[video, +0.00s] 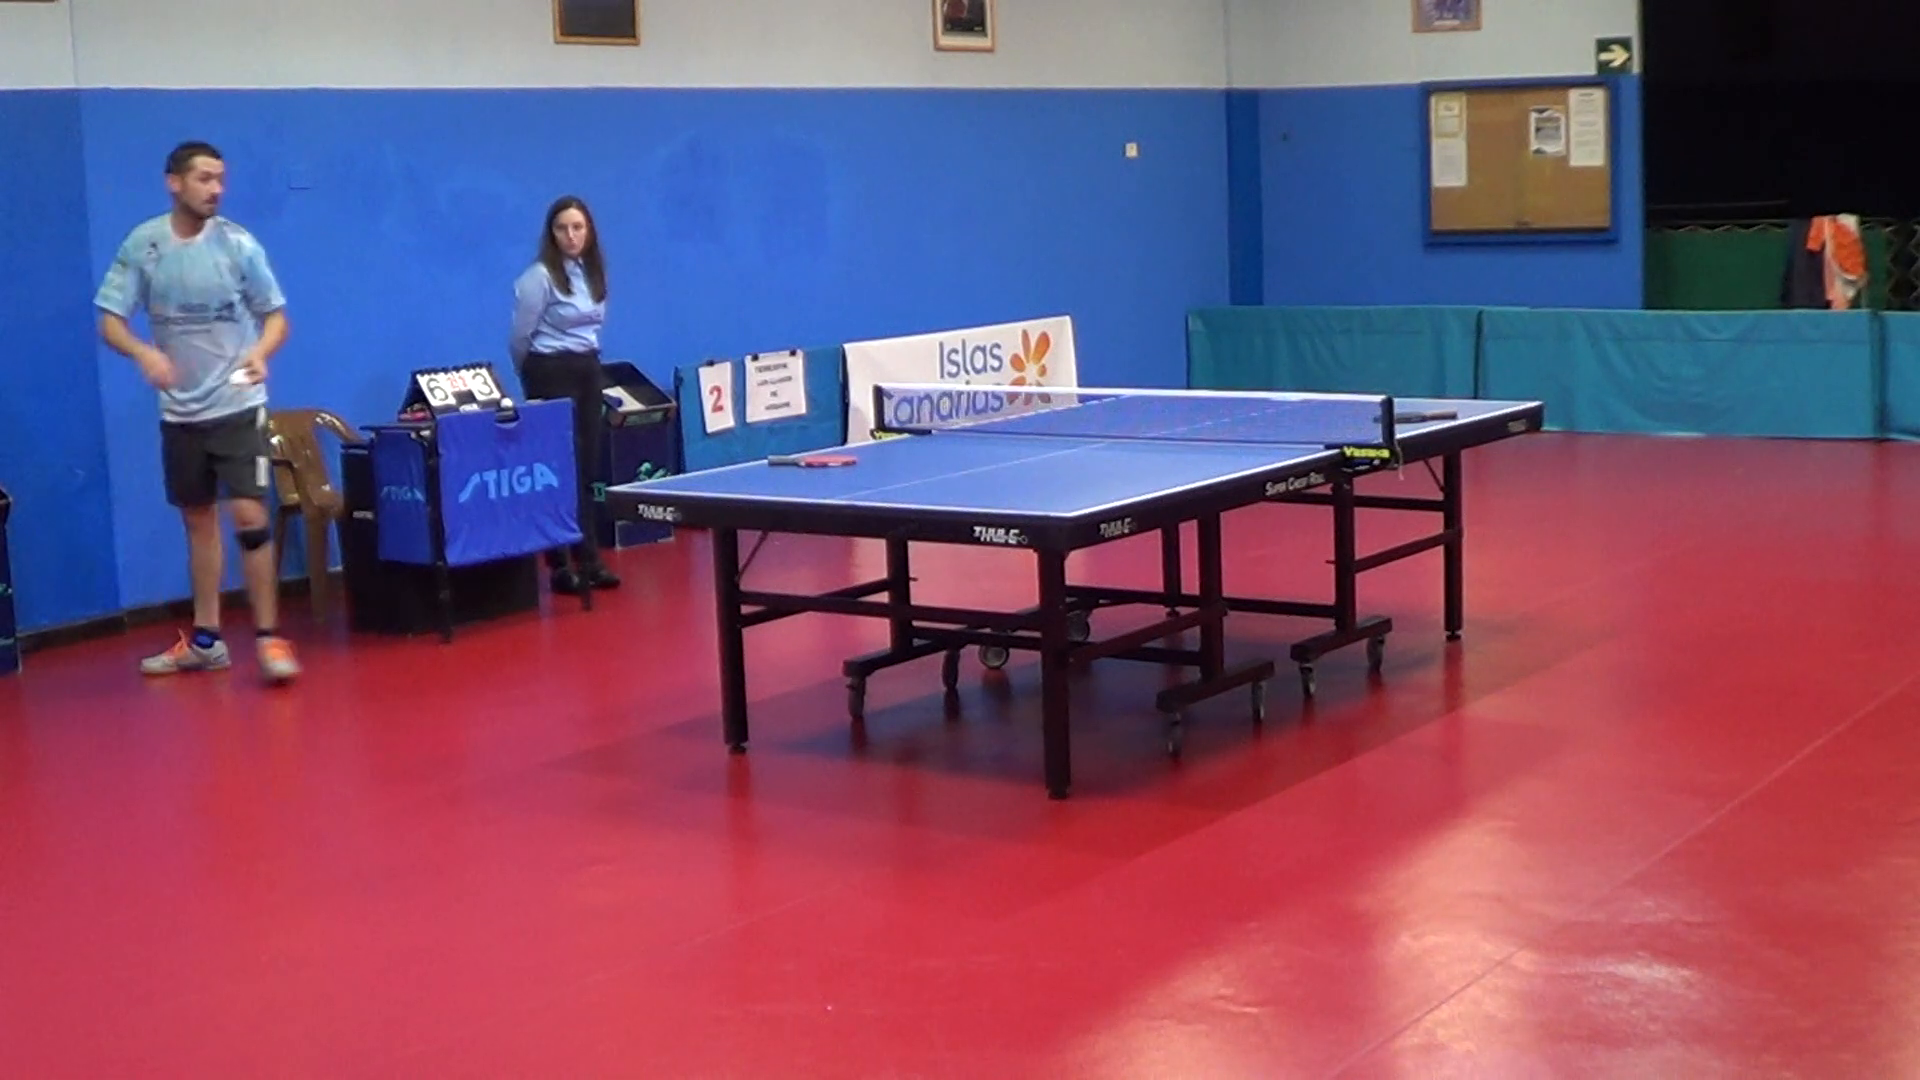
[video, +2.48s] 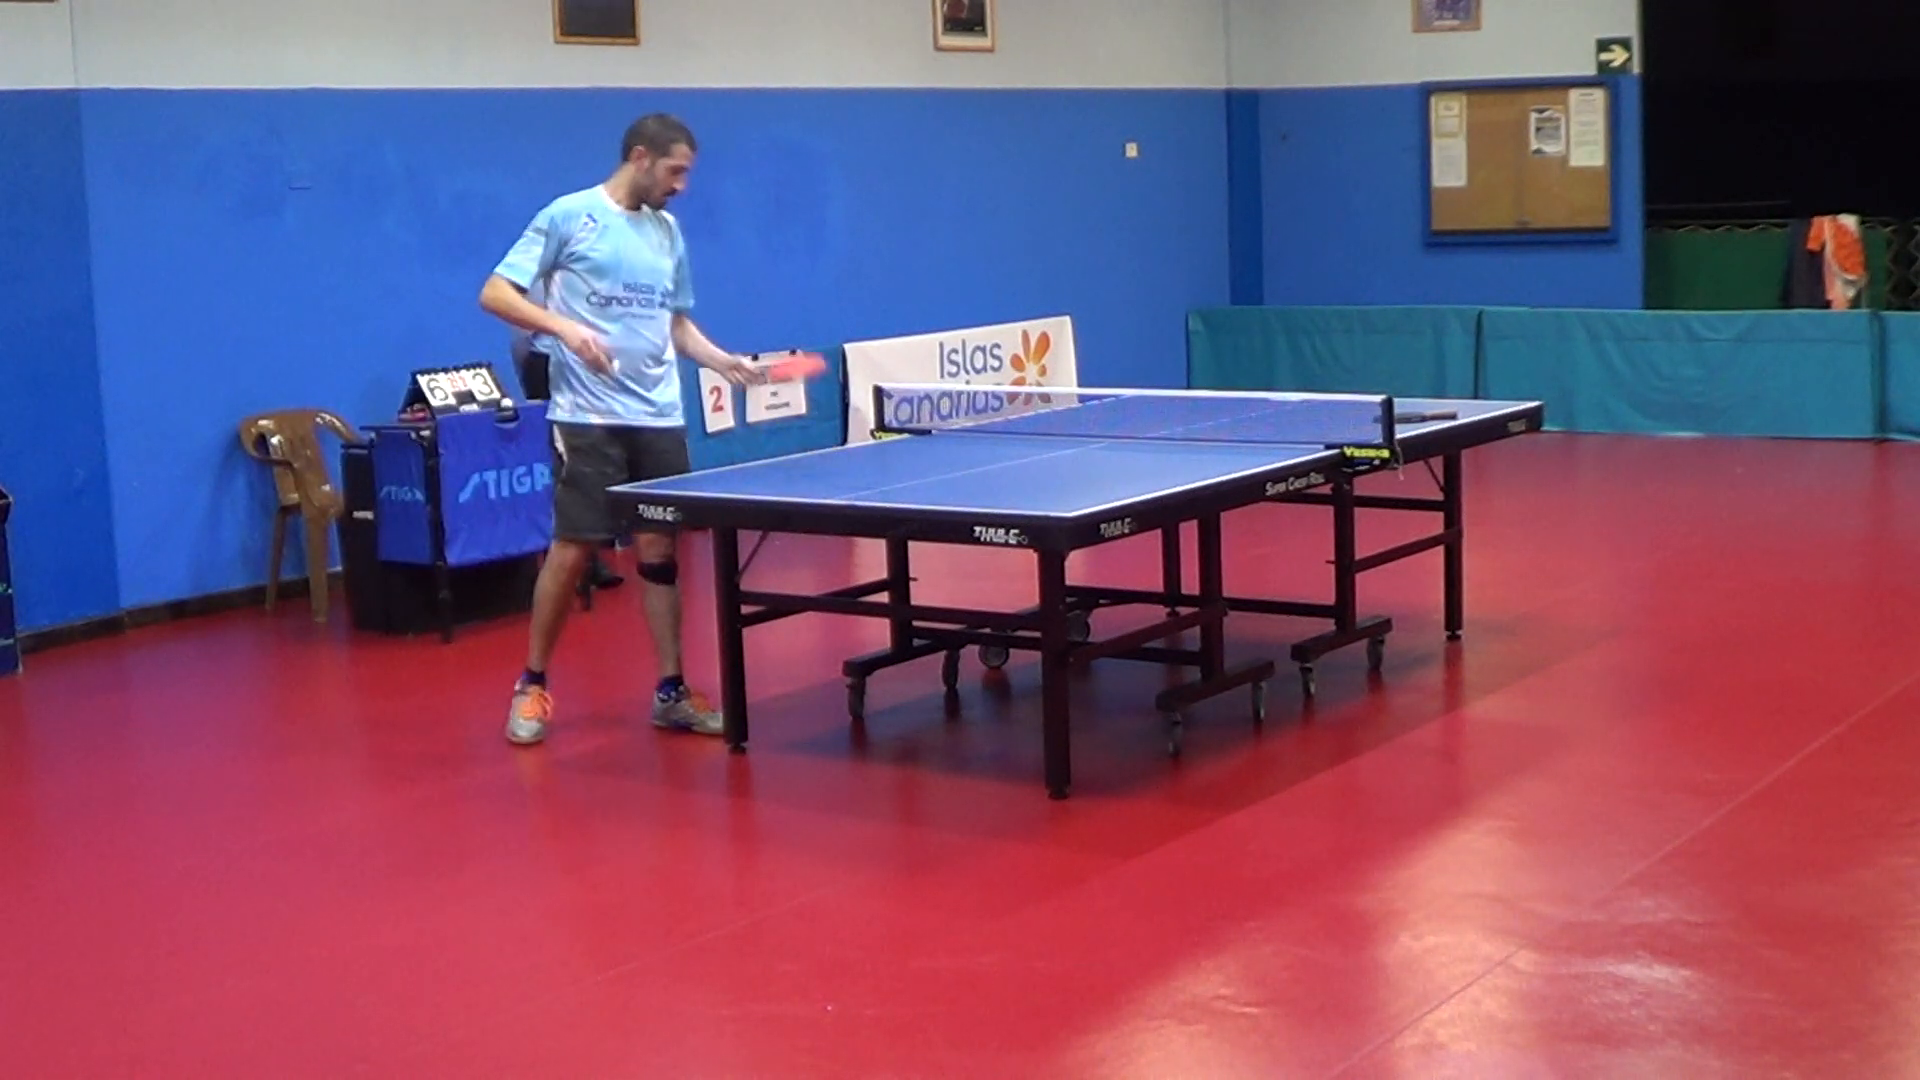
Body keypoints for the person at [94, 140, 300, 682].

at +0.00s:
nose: (215, 188)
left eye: (220, 179)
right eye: (204, 178)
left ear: (222, 185)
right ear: (174, 183)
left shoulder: (239, 244)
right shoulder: (143, 244)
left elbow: (277, 318)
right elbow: (108, 321)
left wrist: (259, 352)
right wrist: (145, 355)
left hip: (239, 403)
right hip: (180, 410)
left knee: (250, 518)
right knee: (198, 521)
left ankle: (269, 639)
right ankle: (206, 639)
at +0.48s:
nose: (363, 172)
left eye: (364, 163)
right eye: (351, 164)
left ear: (357, 170)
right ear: (318, 171)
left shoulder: (371, 229)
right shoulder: (283, 235)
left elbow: (391, 302)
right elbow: (257, 325)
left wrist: (392, 341)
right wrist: (341, 349)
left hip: (367, 404)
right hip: (307, 405)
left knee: (364, 522)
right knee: (307, 523)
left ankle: (361, 643)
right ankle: (305, 645)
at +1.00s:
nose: (450, 168)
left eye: (451, 158)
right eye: (438, 161)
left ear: (450, 164)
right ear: (404, 170)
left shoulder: (460, 224)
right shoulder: (380, 241)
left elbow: (479, 297)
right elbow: (359, 339)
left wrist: (495, 330)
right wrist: (448, 350)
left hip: (476, 400)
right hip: (421, 412)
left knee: (491, 528)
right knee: (444, 536)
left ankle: (402, 603)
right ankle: (475, 669)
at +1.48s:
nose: (569, 181)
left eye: (570, 170)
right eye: (558, 171)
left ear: (557, 173)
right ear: (520, 172)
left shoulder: (570, 237)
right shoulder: (479, 243)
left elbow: (585, 322)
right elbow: (441, 338)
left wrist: (623, 349)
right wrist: (526, 354)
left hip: (579, 424)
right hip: (507, 433)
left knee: (613, 542)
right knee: (497, 548)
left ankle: (659, 678)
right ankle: (485, 669)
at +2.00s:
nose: (704, 189)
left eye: (710, 179)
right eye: (698, 176)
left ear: (690, 171)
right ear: (664, 162)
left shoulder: (696, 234)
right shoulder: (587, 214)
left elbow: (716, 332)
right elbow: (516, 280)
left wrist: (758, 419)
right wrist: (559, 334)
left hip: (672, 417)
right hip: (597, 412)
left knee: (664, 548)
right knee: (593, 550)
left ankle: (672, 690)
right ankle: (624, 672)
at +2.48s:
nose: (681, 185)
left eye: (686, 173)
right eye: (676, 171)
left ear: (661, 167)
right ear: (639, 159)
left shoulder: (668, 232)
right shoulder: (569, 216)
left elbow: (677, 325)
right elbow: (496, 293)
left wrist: (725, 361)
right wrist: (564, 327)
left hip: (659, 417)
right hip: (587, 416)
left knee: (660, 550)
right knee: (571, 552)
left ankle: (672, 692)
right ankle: (533, 685)